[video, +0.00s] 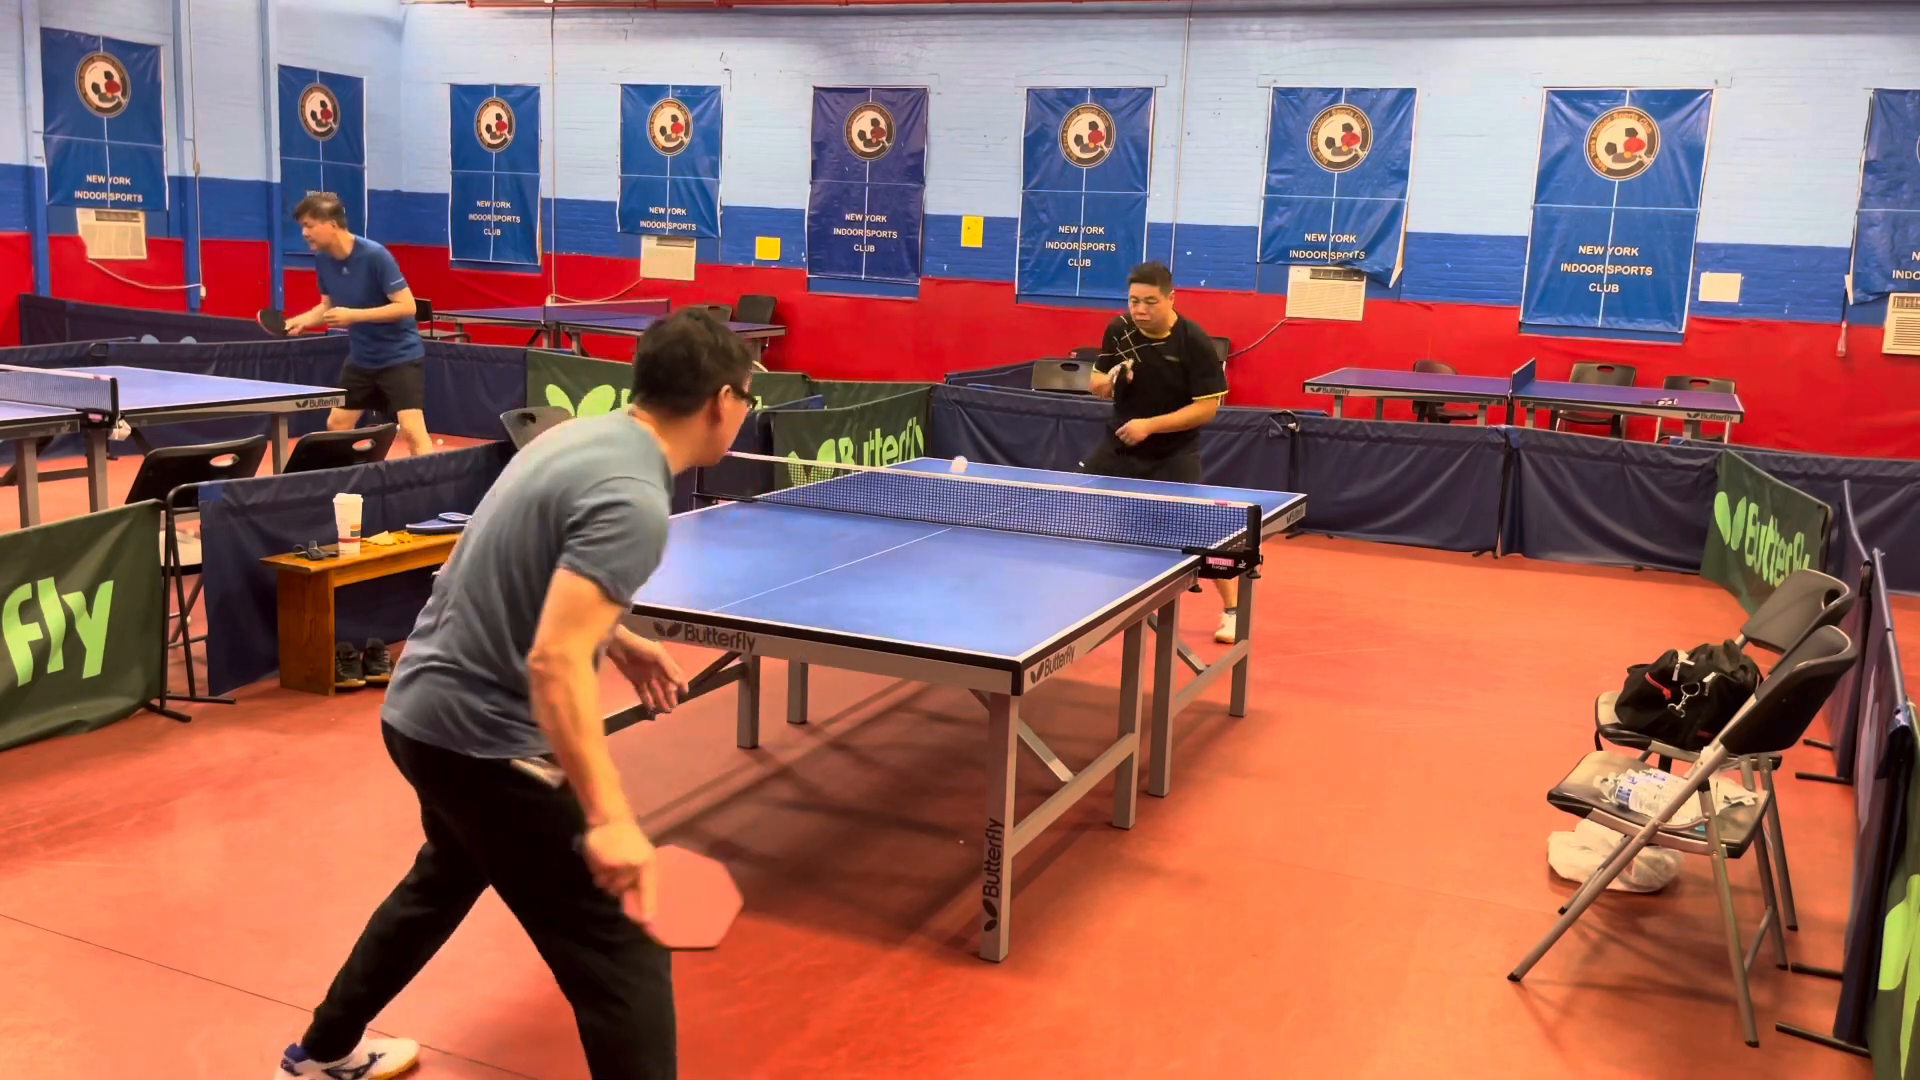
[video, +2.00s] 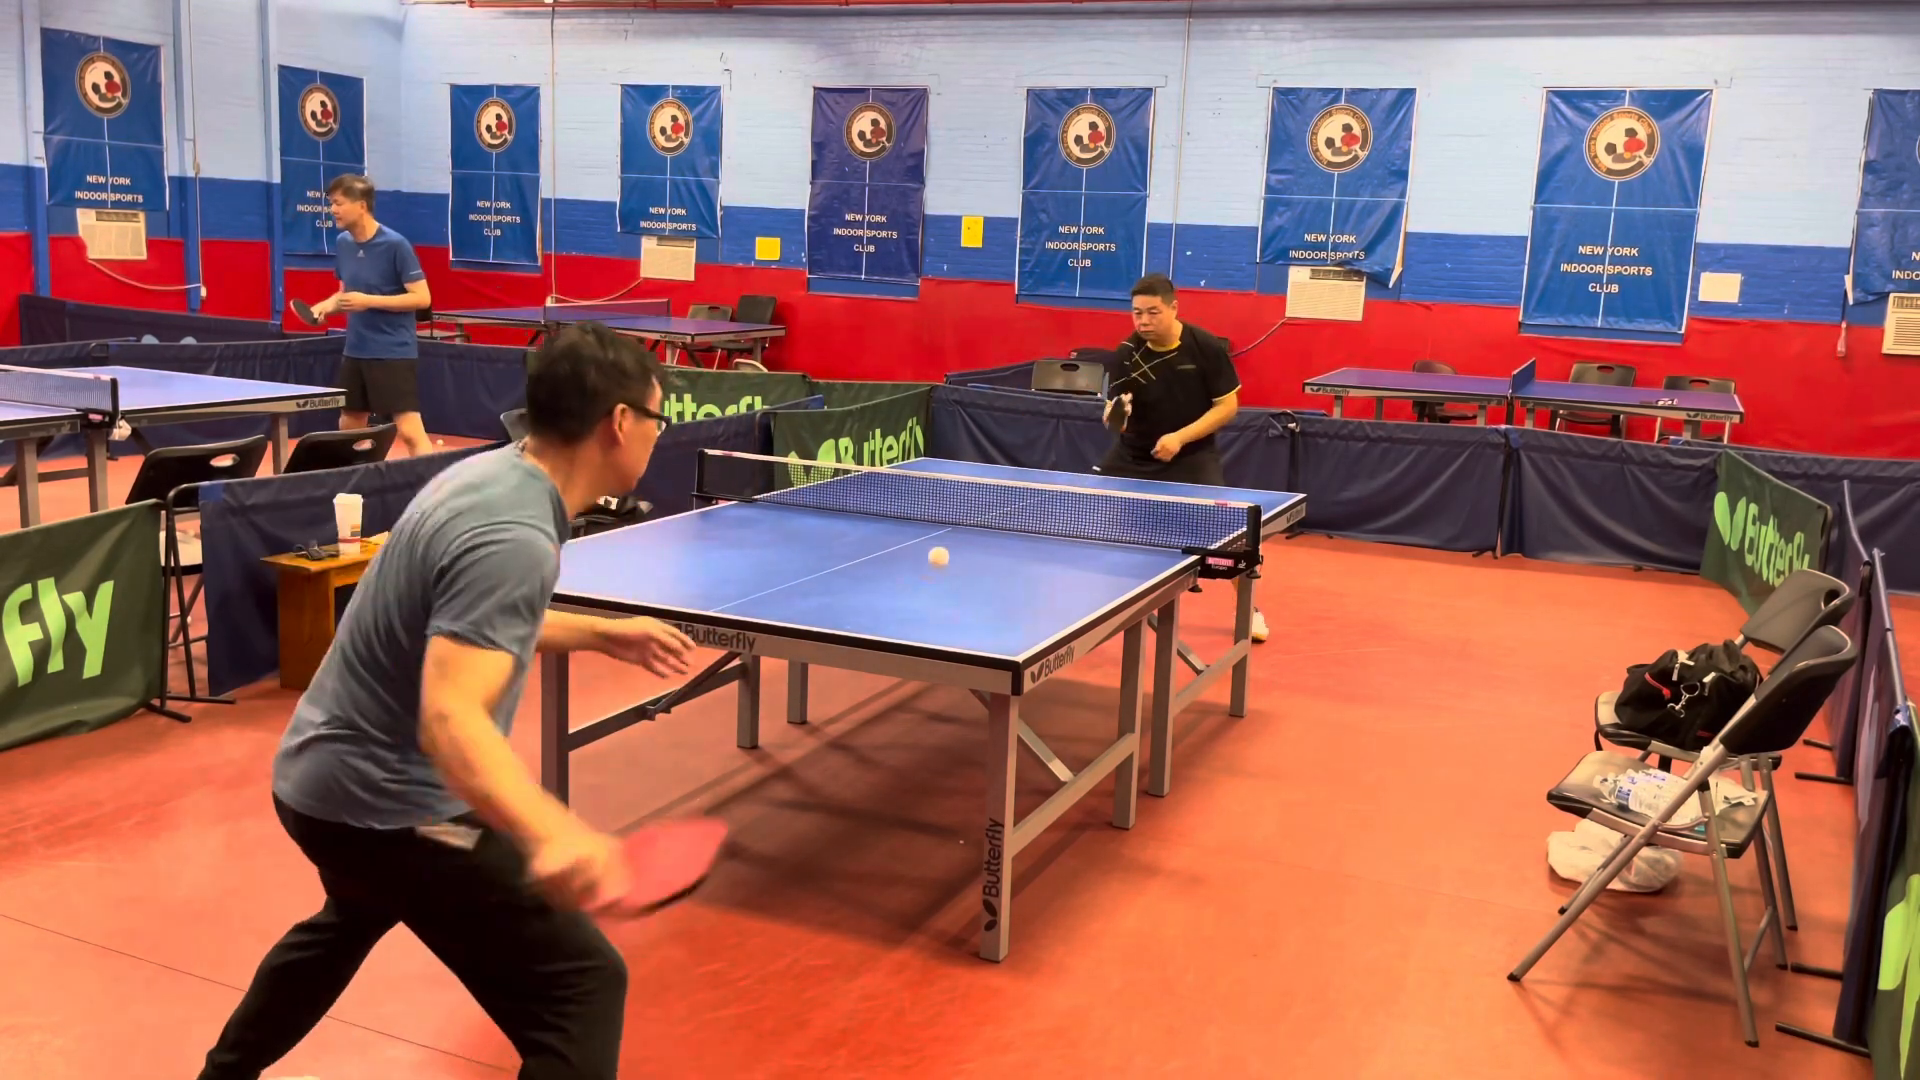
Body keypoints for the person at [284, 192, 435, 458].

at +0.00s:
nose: (304, 233)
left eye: (309, 226)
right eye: (303, 227)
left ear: (332, 225)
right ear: (325, 227)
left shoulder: (375, 255)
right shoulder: (324, 260)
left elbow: (408, 307)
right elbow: (330, 304)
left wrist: (352, 315)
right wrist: (303, 320)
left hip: (400, 358)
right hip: (361, 358)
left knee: (412, 430)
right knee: (337, 424)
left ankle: (434, 494)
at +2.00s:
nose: (333, 209)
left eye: (339, 203)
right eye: (332, 203)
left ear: (362, 206)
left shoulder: (396, 245)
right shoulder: (344, 242)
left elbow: (422, 298)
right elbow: (347, 293)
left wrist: (368, 301)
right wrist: (324, 307)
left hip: (394, 355)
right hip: (356, 353)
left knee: (410, 432)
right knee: (350, 427)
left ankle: (439, 496)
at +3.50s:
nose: (319, 251)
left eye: (324, 244)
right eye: (317, 245)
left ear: (347, 240)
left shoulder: (390, 269)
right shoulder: (335, 271)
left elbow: (417, 322)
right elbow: (331, 315)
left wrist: (363, 328)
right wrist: (304, 327)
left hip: (415, 360)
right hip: (377, 361)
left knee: (419, 433)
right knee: (346, 424)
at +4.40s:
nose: (325, 254)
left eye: (329, 247)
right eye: (323, 247)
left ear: (351, 243)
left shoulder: (396, 271)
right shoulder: (342, 272)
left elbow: (426, 324)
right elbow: (340, 314)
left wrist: (372, 332)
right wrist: (311, 332)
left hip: (423, 361)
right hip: (383, 361)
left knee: (420, 429)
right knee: (354, 426)